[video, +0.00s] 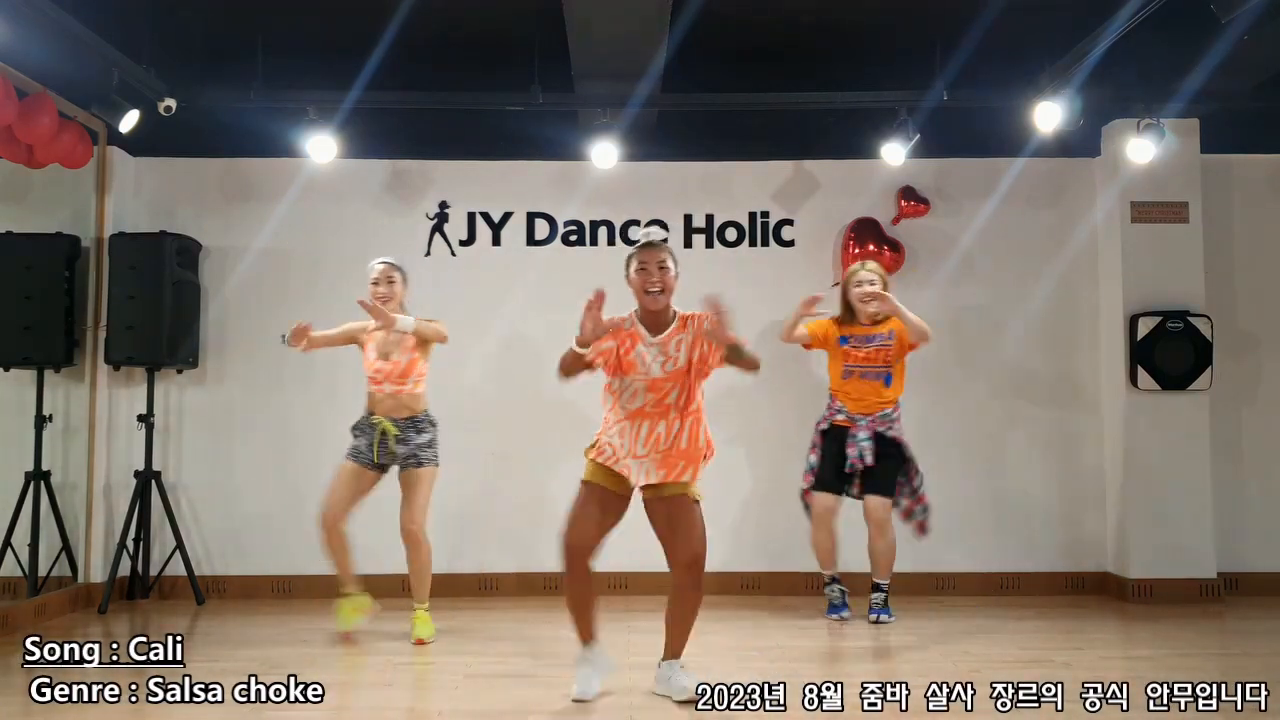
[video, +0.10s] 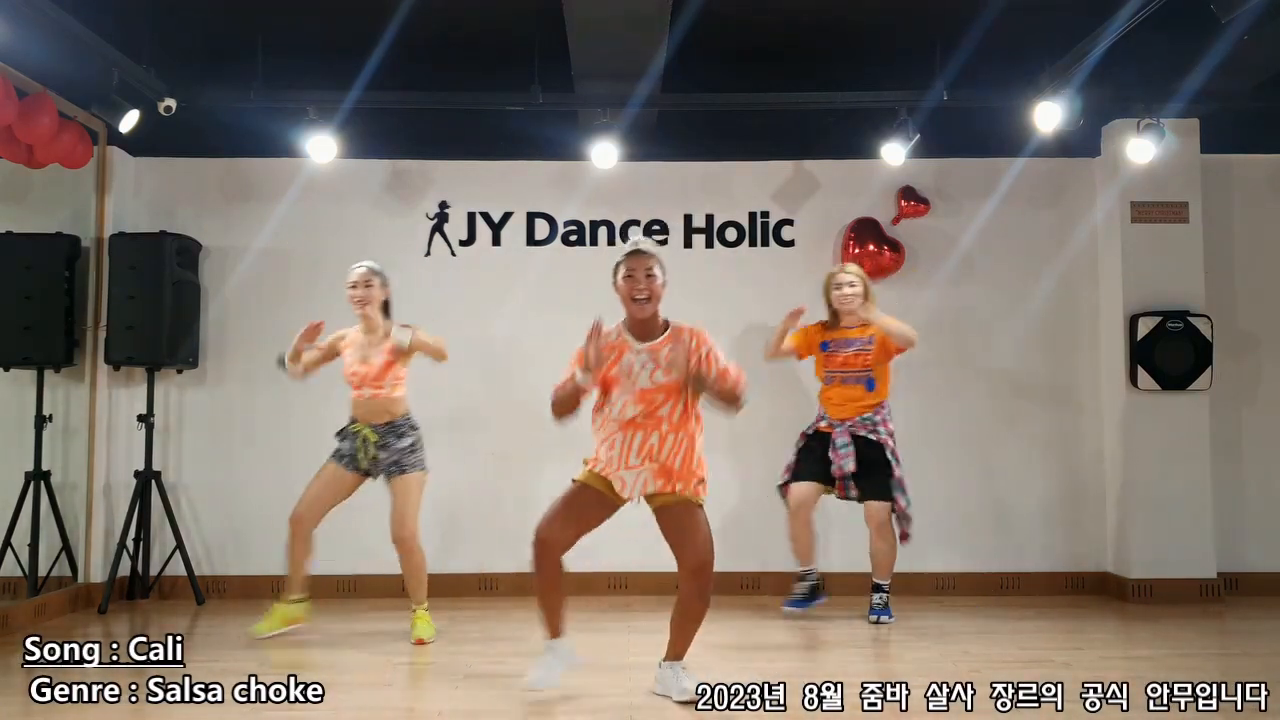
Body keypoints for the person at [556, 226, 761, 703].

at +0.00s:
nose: (654, 275)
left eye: (662, 267)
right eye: (643, 268)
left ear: (675, 278)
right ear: (629, 281)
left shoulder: (696, 330)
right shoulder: (616, 333)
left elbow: (752, 365)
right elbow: (565, 371)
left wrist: (725, 339)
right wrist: (584, 344)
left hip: (672, 461)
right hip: (614, 456)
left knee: (691, 562)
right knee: (576, 545)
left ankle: (670, 665)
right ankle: (589, 654)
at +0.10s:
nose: (641, 283)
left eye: (650, 275)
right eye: (631, 276)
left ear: (664, 286)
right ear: (618, 289)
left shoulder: (690, 341)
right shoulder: (602, 343)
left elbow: (735, 397)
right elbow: (559, 410)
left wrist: (701, 377)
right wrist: (584, 373)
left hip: (673, 471)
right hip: (612, 467)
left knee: (700, 566)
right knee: (547, 539)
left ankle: (672, 666)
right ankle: (557, 647)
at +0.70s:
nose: (581, 295)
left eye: (591, 287)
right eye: (571, 287)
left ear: (607, 296)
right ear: (560, 298)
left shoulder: (628, 338)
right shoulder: (545, 352)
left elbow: (681, 371)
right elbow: (486, 378)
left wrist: (638, 351)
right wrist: (505, 342)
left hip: (649, 470)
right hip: (586, 484)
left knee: (720, 555)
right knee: (540, 562)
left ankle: (739, 647)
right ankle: (540, 672)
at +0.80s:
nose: (605, 302)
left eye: (614, 292)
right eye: (595, 294)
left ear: (629, 300)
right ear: (583, 304)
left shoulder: (659, 360)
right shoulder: (567, 370)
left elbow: (695, 422)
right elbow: (553, 438)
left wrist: (668, 442)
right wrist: (552, 432)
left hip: (654, 487)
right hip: (588, 491)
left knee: (717, 564)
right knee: (541, 562)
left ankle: (722, 660)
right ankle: (539, 671)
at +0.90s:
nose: (629, 296)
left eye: (638, 287)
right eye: (619, 288)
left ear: (653, 295)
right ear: (606, 298)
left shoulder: (682, 353)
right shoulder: (594, 359)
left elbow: (712, 416)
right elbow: (570, 428)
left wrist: (696, 422)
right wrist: (587, 433)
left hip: (668, 469)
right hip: (609, 472)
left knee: (718, 560)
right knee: (562, 562)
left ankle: (721, 663)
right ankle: (539, 670)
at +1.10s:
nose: (659, 291)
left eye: (668, 282)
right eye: (649, 284)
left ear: (682, 292)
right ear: (635, 294)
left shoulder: (702, 342)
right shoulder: (621, 339)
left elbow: (739, 363)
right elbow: (602, 369)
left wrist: (758, 360)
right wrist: (611, 365)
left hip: (693, 468)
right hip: (634, 467)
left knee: (725, 556)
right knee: (601, 553)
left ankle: (724, 657)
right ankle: (608, 650)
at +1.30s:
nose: (689, 301)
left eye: (697, 292)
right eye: (679, 293)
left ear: (710, 301)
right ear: (664, 304)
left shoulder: (725, 364)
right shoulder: (639, 358)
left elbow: (741, 430)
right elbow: (593, 418)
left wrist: (732, 413)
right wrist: (621, 407)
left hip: (700, 480)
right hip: (639, 478)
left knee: (759, 549)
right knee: (614, 569)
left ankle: (756, 650)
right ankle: (615, 659)